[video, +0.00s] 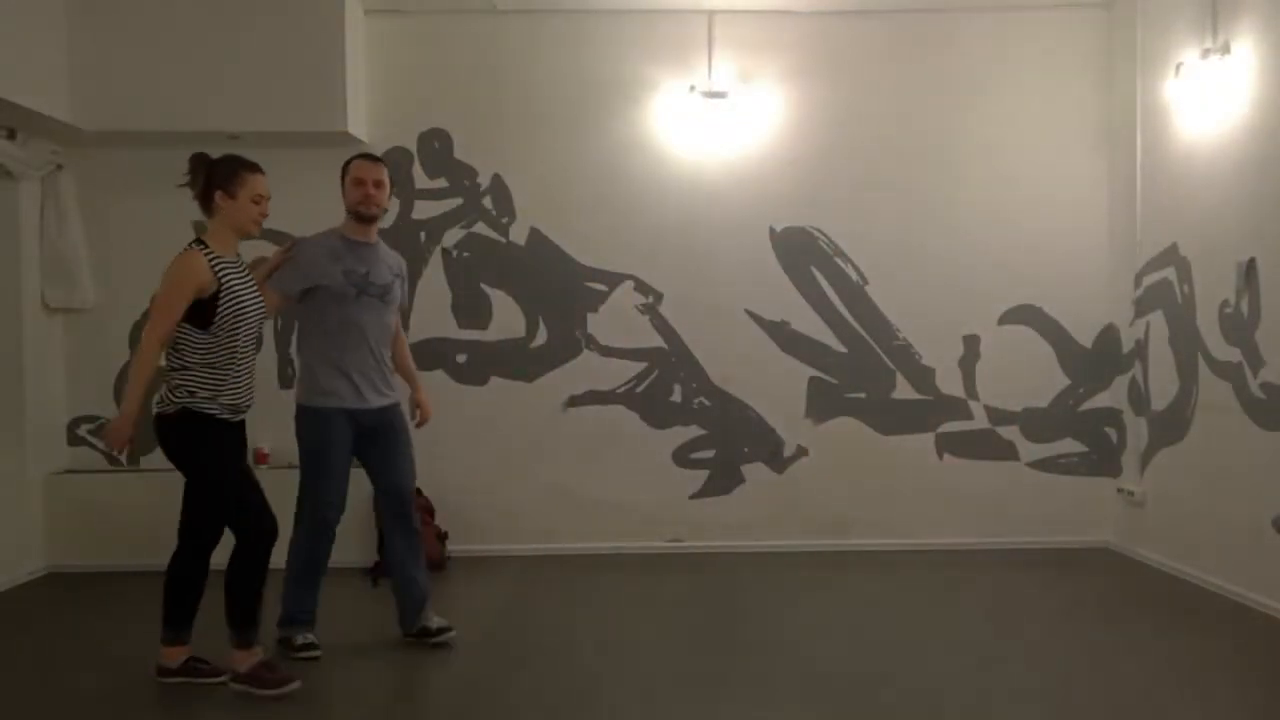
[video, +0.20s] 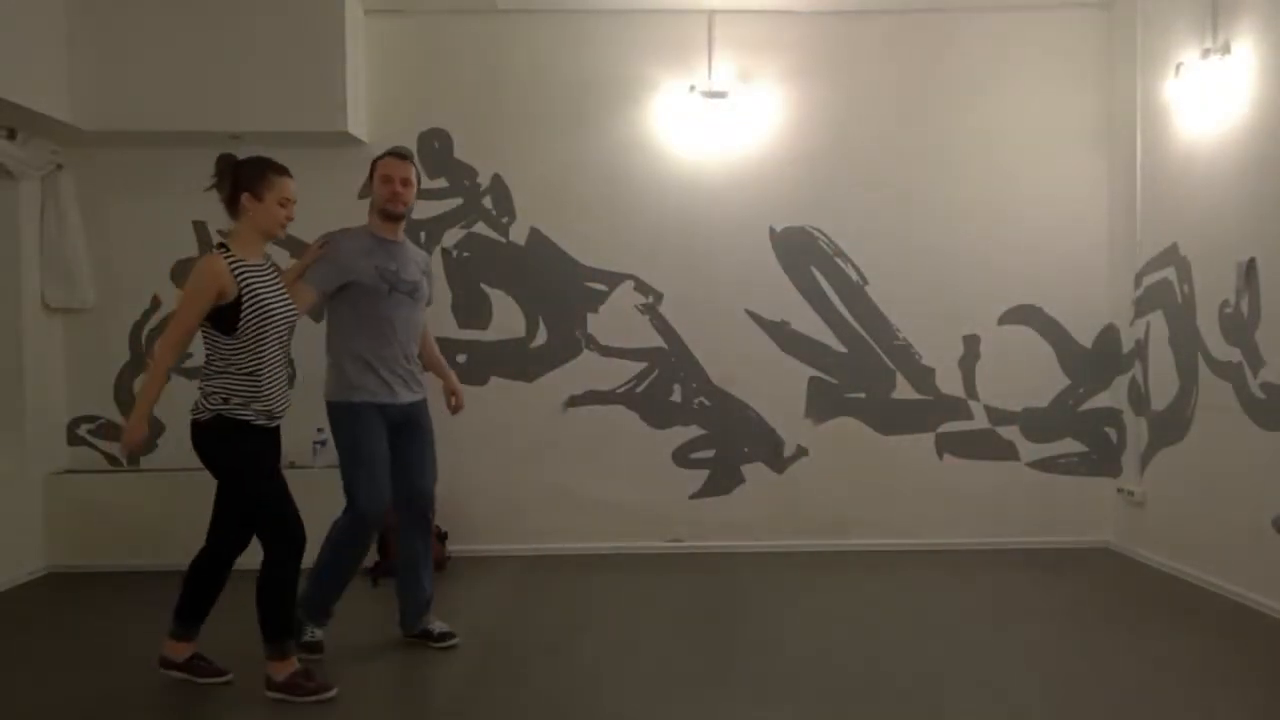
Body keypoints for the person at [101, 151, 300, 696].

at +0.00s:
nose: (266, 210)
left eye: (267, 201)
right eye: (257, 200)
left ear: (234, 204)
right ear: (222, 199)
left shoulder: (235, 263)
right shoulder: (195, 262)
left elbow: (237, 316)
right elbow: (153, 338)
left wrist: (271, 270)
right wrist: (127, 415)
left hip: (222, 421)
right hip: (194, 422)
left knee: (196, 540)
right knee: (258, 528)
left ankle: (174, 654)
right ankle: (245, 658)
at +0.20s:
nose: (291, 214)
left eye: (293, 205)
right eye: (284, 203)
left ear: (260, 208)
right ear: (248, 203)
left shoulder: (266, 264)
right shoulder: (216, 266)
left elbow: (271, 305)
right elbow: (170, 343)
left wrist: (307, 262)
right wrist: (141, 413)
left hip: (259, 426)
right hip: (227, 427)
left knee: (224, 543)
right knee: (286, 537)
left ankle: (178, 646)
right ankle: (281, 666)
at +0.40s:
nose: (312, 211)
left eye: (314, 202)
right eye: (304, 201)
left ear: (281, 205)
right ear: (269, 201)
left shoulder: (291, 264)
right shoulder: (244, 273)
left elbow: (302, 310)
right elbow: (224, 364)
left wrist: (329, 268)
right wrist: (224, 442)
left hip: (301, 426)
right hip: (262, 429)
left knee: (328, 537)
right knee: (293, 544)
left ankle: (235, 615)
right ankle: (282, 667)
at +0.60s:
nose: (328, 197)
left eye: (328, 188)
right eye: (319, 188)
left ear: (298, 196)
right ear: (284, 194)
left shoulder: (304, 258)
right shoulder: (265, 263)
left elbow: (310, 323)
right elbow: (282, 352)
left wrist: (337, 290)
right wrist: (347, 397)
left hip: (317, 421)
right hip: (275, 424)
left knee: (356, 525)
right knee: (299, 539)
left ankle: (344, 654)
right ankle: (283, 668)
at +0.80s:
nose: (320, 191)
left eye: (322, 182)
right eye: (306, 184)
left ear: (325, 193)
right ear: (276, 197)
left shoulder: (309, 260)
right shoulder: (277, 266)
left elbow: (314, 315)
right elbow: (316, 340)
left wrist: (335, 264)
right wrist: (399, 334)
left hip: (328, 422)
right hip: (288, 426)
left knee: (356, 536)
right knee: (314, 544)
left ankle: (358, 661)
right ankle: (284, 666)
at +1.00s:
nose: (307, 189)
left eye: (312, 180)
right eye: (292, 182)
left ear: (319, 189)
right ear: (267, 194)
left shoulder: (300, 254)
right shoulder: (273, 255)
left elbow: (294, 315)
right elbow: (314, 323)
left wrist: (324, 263)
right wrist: (396, 348)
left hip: (316, 417)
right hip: (277, 420)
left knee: (357, 524)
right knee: (304, 541)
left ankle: (350, 651)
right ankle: (282, 665)